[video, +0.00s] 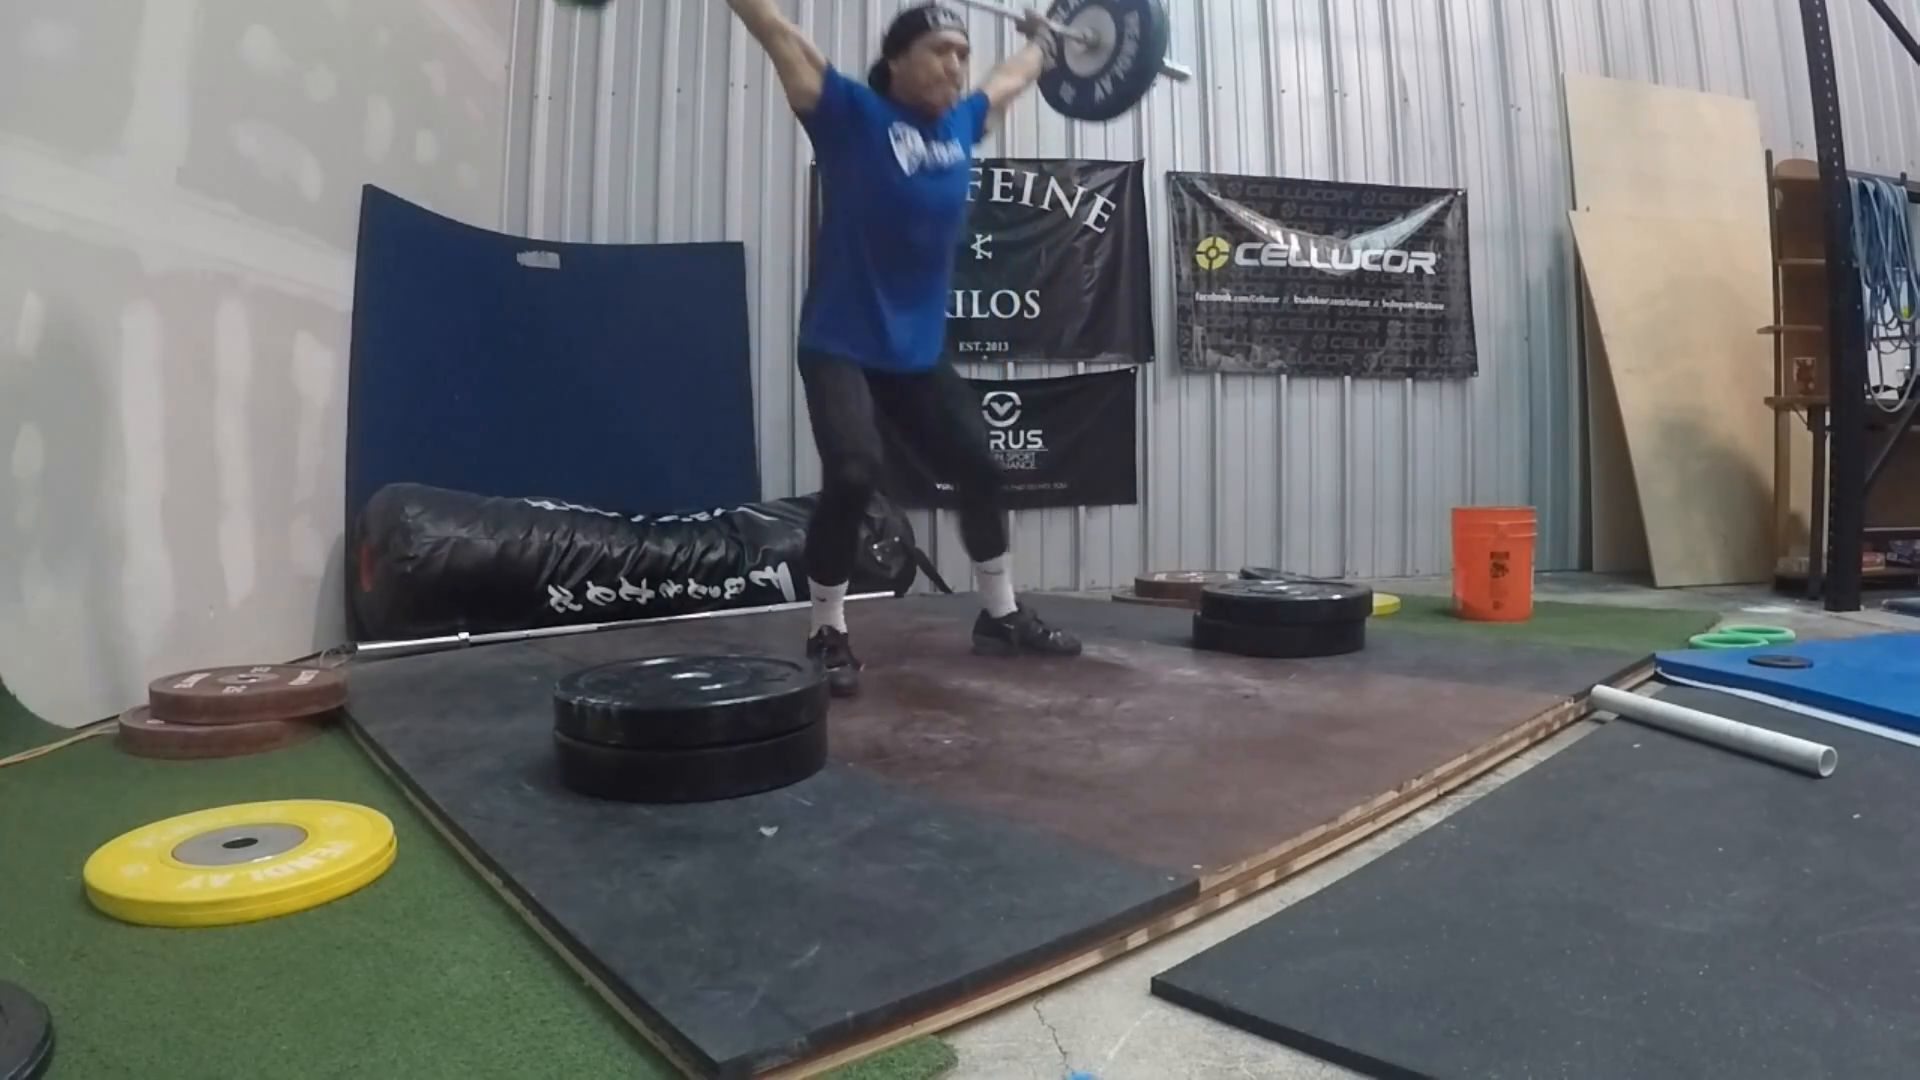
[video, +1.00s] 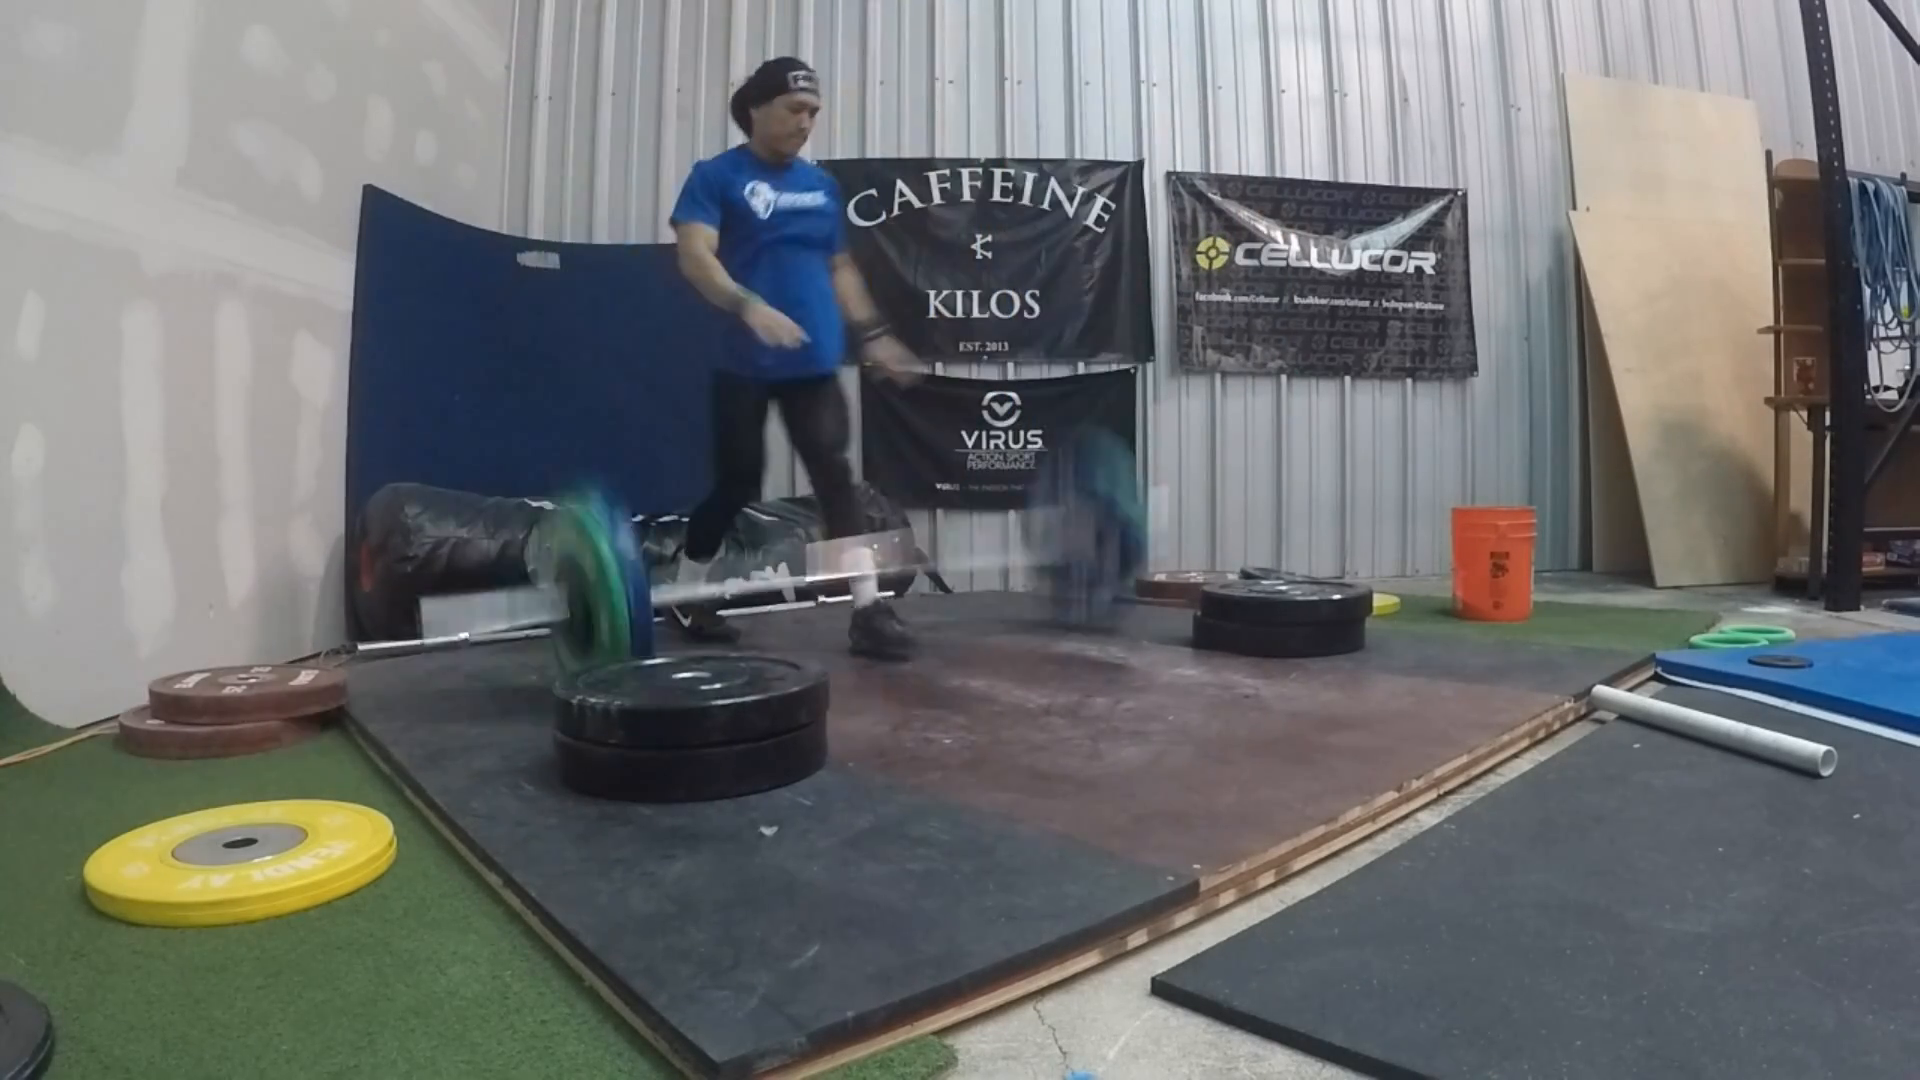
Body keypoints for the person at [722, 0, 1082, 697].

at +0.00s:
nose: (953, 68)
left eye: (959, 57)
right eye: (939, 52)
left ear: (962, 69)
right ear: (895, 60)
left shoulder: (959, 124)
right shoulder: (848, 112)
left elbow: (1011, 80)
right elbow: (775, 32)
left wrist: (1042, 40)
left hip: (917, 353)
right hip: (839, 345)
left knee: (981, 472)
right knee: (853, 475)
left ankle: (1001, 617)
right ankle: (827, 634)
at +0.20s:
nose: (923, 41)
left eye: (929, 29)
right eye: (910, 25)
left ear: (931, 41)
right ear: (864, 30)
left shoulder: (935, 88)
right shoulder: (820, 76)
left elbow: (988, 42)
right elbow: (762, 12)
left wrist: (1030, 6)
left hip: (910, 318)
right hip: (830, 316)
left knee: (940, 456)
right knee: (835, 458)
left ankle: (901, 588)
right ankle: (824, 627)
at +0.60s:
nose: (863, 79)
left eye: (870, 69)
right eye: (849, 67)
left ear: (874, 75)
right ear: (809, 72)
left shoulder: (887, 131)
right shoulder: (777, 126)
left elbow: (958, 106)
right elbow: (702, 82)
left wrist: (1004, 51)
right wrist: (690, 8)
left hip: (897, 331)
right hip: (824, 332)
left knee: (901, 468)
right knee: (828, 463)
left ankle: (880, 614)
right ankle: (822, 629)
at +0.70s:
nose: (846, 91)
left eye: (852, 81)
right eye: (832, 78)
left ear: (856, 86)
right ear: (792, 82)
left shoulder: (869, 144)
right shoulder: (763, 139)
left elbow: (938, 161)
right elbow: (683, 140)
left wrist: (996, 117)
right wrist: (691, 66)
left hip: (883, 328)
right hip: (812, 330)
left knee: (883, 465)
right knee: (817, 454)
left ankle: (879, 614)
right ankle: (805, 612)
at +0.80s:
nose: (835, 96)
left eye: (841, 86)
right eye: (823, 83)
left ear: (846, 93)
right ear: (783, 88)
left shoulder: (855, 156)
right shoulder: (746, 148)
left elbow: (928, 215)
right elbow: (675, 201)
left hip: (866, 328)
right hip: (796, 329)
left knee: (870, 459)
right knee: (809, 449)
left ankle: (878, 612)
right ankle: (757, 585)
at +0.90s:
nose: (819, 109)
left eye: (825, 100)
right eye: (807, 97)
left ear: (829, 105)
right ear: (767, 99)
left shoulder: (843, 174)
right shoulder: (732, 162)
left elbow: (889, 247)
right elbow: (681, 224)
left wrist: (943, 285)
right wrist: (708, 267)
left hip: (842, 350)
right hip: (770, 350)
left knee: (860, 469)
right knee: (777, 474)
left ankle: (875, 612)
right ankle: (706, 582)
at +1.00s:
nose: (805, 122)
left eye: (811, 112)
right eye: (793, 110)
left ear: (815, 116)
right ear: (753, 112)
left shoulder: (821, 185)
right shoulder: (716, 176)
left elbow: (839, 268)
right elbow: (694, 257)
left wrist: (876, 337)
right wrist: (749, 307)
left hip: (813, 361)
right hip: (742, 362)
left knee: (835, 476)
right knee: (738, 483)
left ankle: (868, 609)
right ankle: (686, 586)